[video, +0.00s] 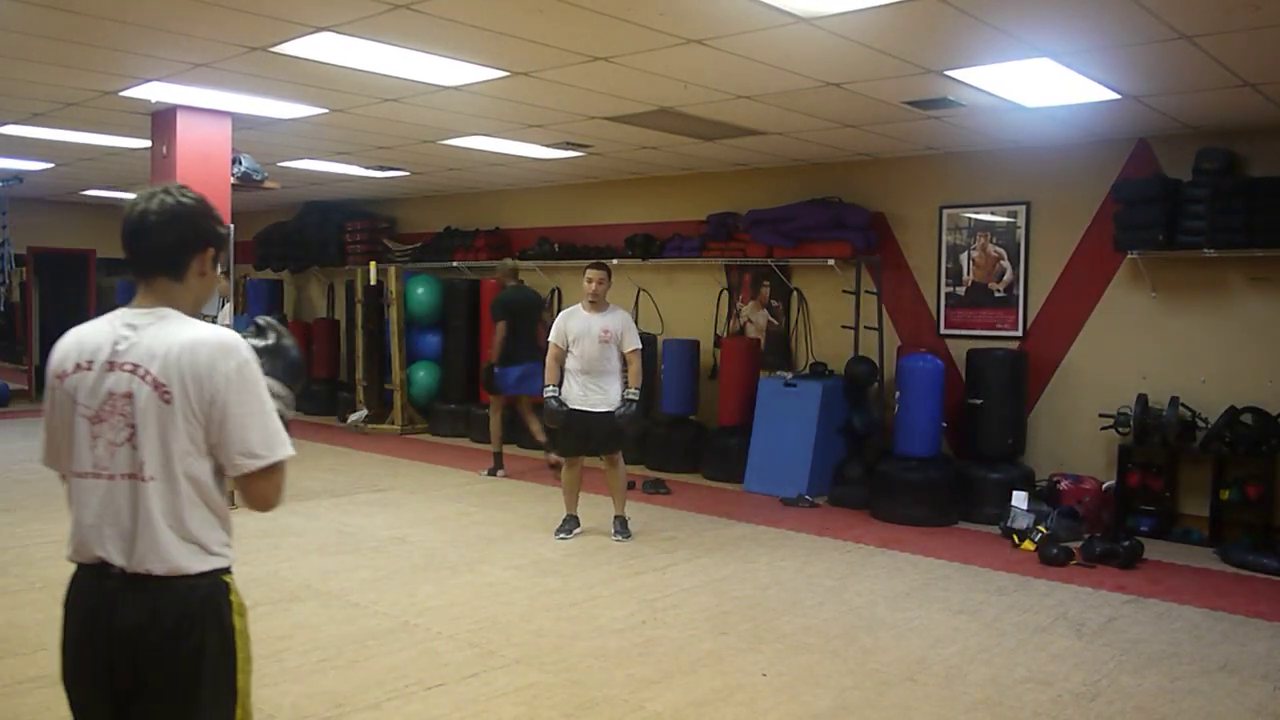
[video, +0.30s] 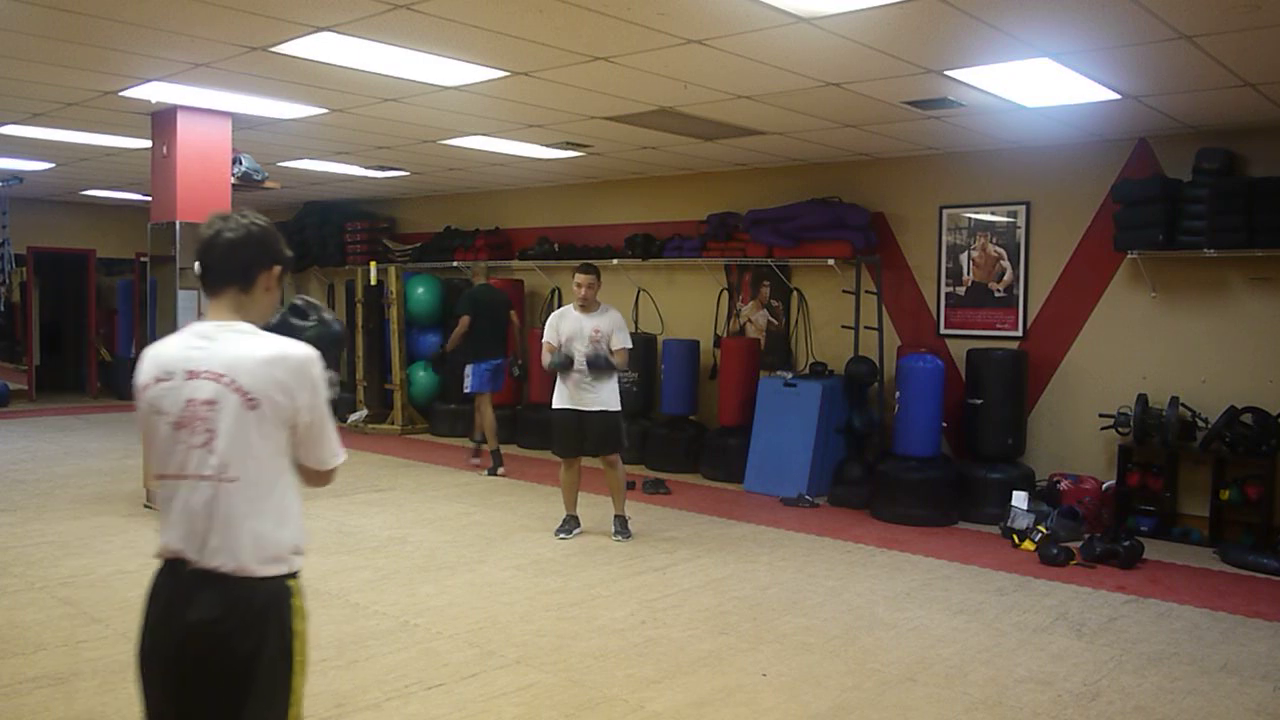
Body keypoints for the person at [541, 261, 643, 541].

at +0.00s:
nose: (594, 287)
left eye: (600, 282)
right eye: (589, 281)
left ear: (608, 286)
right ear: (582, 283)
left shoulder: (621, 319)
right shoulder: (566, 317)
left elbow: (633, 359)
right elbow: (553, 357)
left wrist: (632, 395)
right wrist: (551, 392)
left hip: (610, 406)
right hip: (573, 404)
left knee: (613, 460)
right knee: (571, 461)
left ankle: (620, 517)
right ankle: (570, 516)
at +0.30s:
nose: (582, 291)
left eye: (588, 286)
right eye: (578, 285)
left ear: (598, 288)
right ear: (572, 286)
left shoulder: (612, 317)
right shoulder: (558, 317)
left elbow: (623, 360)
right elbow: (546, 357)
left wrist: (607, 362)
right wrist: (557, 361)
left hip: (604, 404)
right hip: (567, 404)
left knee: (611, 460)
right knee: (569, 461)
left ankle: (620, 517)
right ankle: (571, 517)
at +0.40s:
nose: (579, 294)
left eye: (585, 288)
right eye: (574, 288)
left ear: (595, 288)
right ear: (568, 287)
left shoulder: (608, 316)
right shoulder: (555, 316)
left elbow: (611, 358)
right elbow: (547, 357)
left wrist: (597, 334)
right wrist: (558, 333)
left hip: (602, 401)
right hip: (565, 402)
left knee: (611, 458)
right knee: (568, 461)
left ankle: (620, 516)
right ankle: (570, 517)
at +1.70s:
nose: (581, 298)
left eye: (588, 293)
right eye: (576, 292)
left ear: (600, 291)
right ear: (568, 287)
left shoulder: (611, 318)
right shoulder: (554, 313)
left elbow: (616, 366)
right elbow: (539, 353)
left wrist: (598, 335)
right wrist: (555, 327)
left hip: (596, 400)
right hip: (557, 400)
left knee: (602, 471)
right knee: (553, 468)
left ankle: (609, 534)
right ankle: (551, 536)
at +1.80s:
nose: (574, 299)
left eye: (580, 293)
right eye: (568, 292)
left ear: (591, 292)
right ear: (559, 289)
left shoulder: (603, 321)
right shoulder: (545, 318)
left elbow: (611, 366)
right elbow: (534, 359)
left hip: (591, 407)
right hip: (553, 408)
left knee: (598, 475)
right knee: (554, 475)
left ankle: (608, 534)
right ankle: (556, 541)